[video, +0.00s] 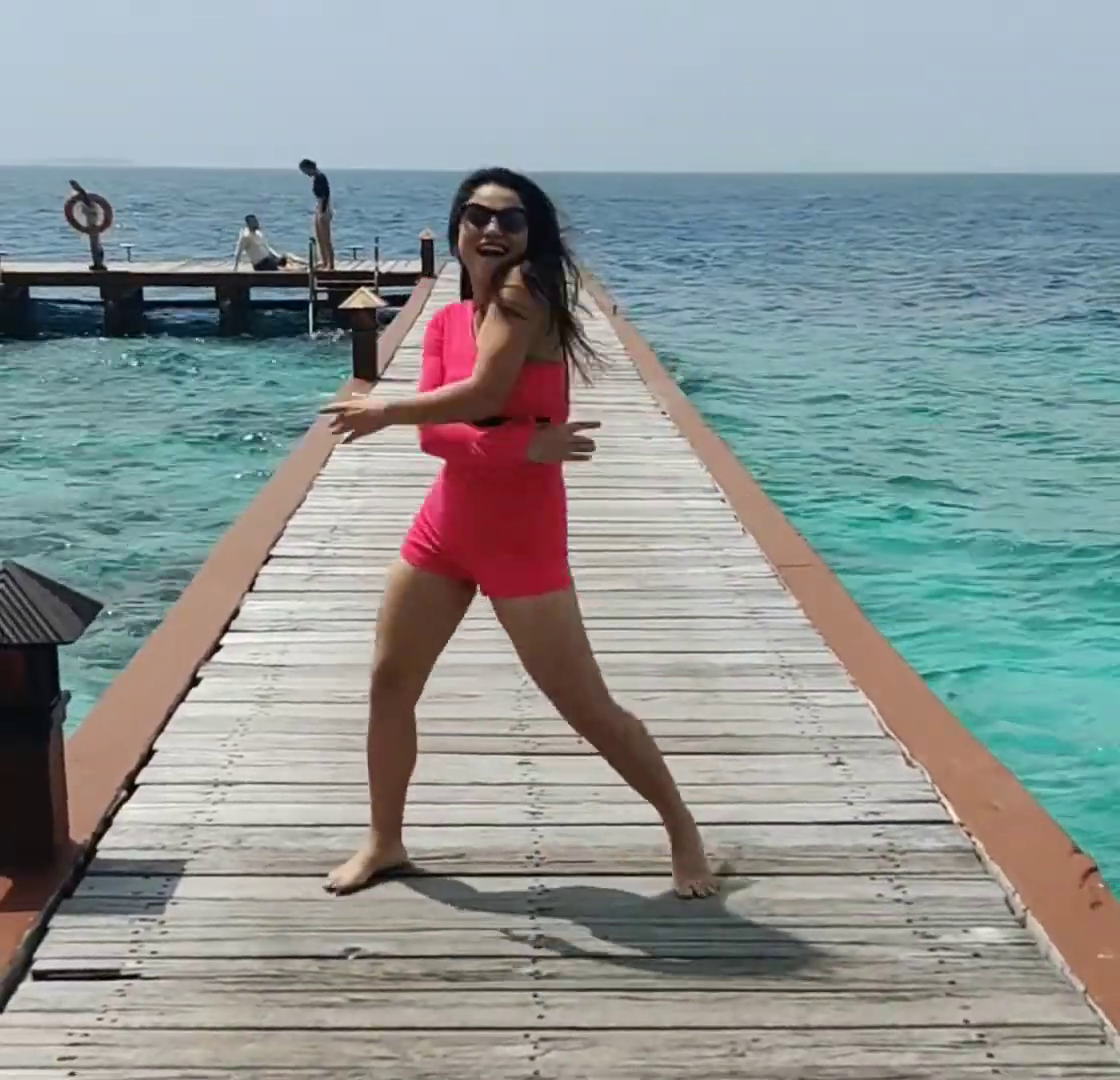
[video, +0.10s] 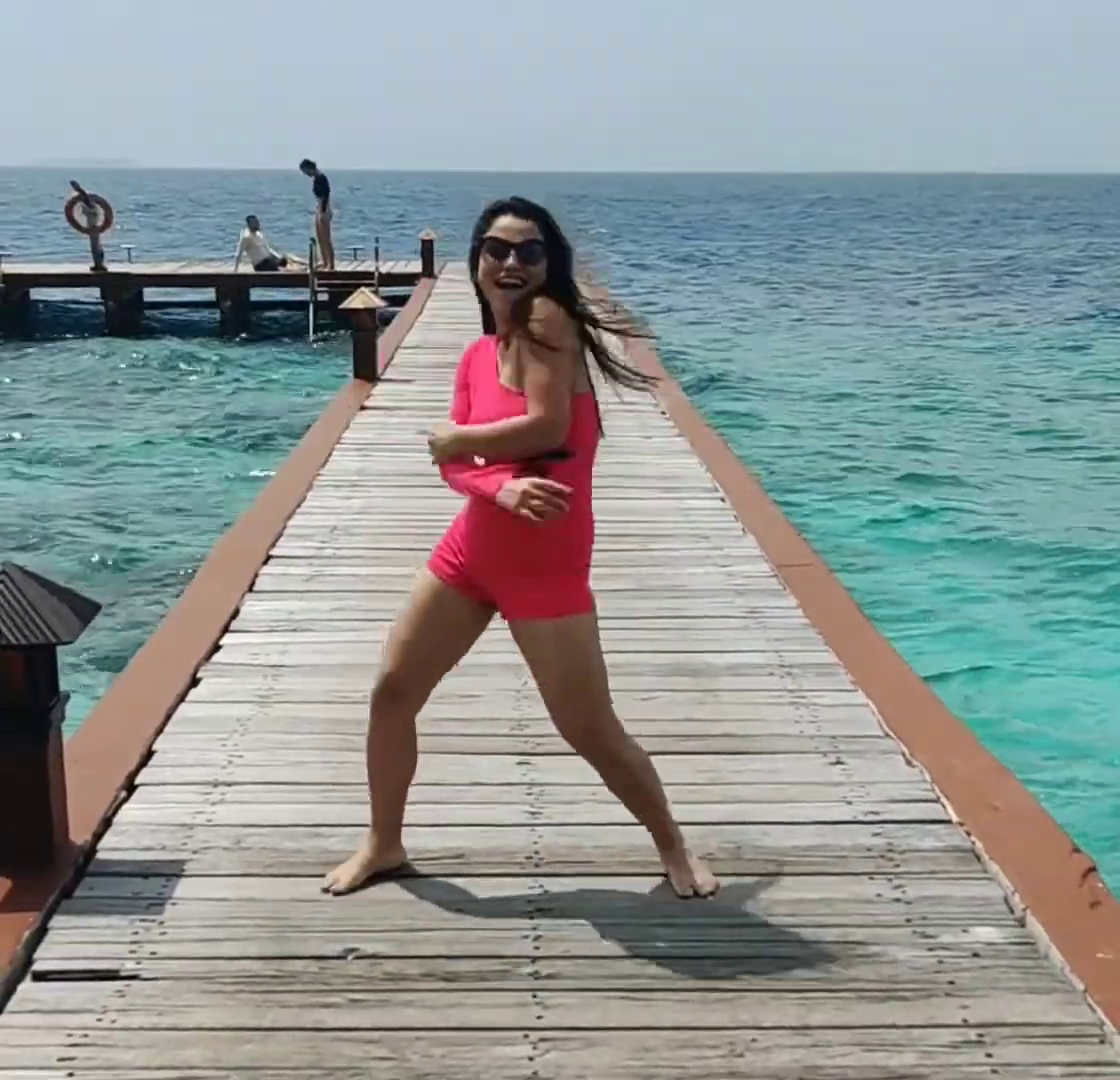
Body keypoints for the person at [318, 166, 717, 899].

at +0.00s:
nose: (492, 228)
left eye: (510, 219)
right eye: (478, 216)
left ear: (532, 236)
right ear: (455, 230)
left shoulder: (524, 298)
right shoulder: (443, 323)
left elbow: (487, 395)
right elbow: (432, 437)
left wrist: (387, 409)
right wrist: (528, 445)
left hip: (521, 533)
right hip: (446, 521)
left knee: (585, 707)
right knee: (391, 679)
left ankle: (681, 828)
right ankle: (384, 840)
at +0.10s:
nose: (508, 263)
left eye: (526, 251)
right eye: (495, 249)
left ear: (548, 264)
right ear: (476, 260)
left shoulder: (547, 319)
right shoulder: (476, 353)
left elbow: (550, 424)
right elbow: (454, 460)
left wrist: (458, 440)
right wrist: (505, 488)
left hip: (544, 562)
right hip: (470, 551)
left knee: (588, 727)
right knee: (393, 690)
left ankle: (673, 851)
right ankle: (383, 842)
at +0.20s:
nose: (533, 269)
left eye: (551, 257)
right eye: (518, 257)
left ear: (574, 269)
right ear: (499, 270)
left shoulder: (587, 336)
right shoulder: (494, 362)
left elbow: (629, 428)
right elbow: (473, 472)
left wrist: (528, 474)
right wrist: (472, 544)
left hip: (580, 573)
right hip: (501, 570)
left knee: (619, 733)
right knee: (411, 701)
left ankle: (678, 851)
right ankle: (386, 844)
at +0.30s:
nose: (567, 245)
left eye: (584, 233)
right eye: (551, 234)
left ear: (609, 247)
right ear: (532, 250)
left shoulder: (640, 327)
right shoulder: (510, 341)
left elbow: (738, 379)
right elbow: (452, 435)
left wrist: (678, 468)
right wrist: (453, 504)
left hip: (620, 546)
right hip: (529, 545)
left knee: (648, 720)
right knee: (441, 698)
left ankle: (682, 846)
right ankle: (393, 841)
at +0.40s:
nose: (579, 213)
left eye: (596, 201)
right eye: (563, 202)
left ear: (623, 217)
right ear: (544, 220)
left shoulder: (659, 299)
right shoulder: (521, 302)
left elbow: (776, 320)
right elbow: (438, 348)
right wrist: (431, 401)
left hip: (627, 519)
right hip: (535, 514)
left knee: (654, 697)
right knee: (447, 679)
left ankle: (682, 836)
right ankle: (385, 818)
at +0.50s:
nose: (590, 212)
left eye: (606, 197)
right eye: (573, 199)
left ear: (632, 210)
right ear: (554, 213)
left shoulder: (663, 293)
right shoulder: (523, 284)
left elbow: (786, 308)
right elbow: (416, 291)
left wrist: (874, 348)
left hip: (626, 509)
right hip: (534, 505)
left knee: (658, 686)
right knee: (458, 674)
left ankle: (677, 837)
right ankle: (394, 825)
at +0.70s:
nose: (598, 265)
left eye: (615, 251)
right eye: (581, 253)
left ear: (638, 264)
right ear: (560, 264)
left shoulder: (658, 345)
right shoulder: (526, 318)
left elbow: (769, 339)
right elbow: (424, 279)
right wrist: (361, 252)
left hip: (639, 550)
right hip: (547, 556)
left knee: (673, 721)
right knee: (466, 715)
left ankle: (675, 840)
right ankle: (412, 839)